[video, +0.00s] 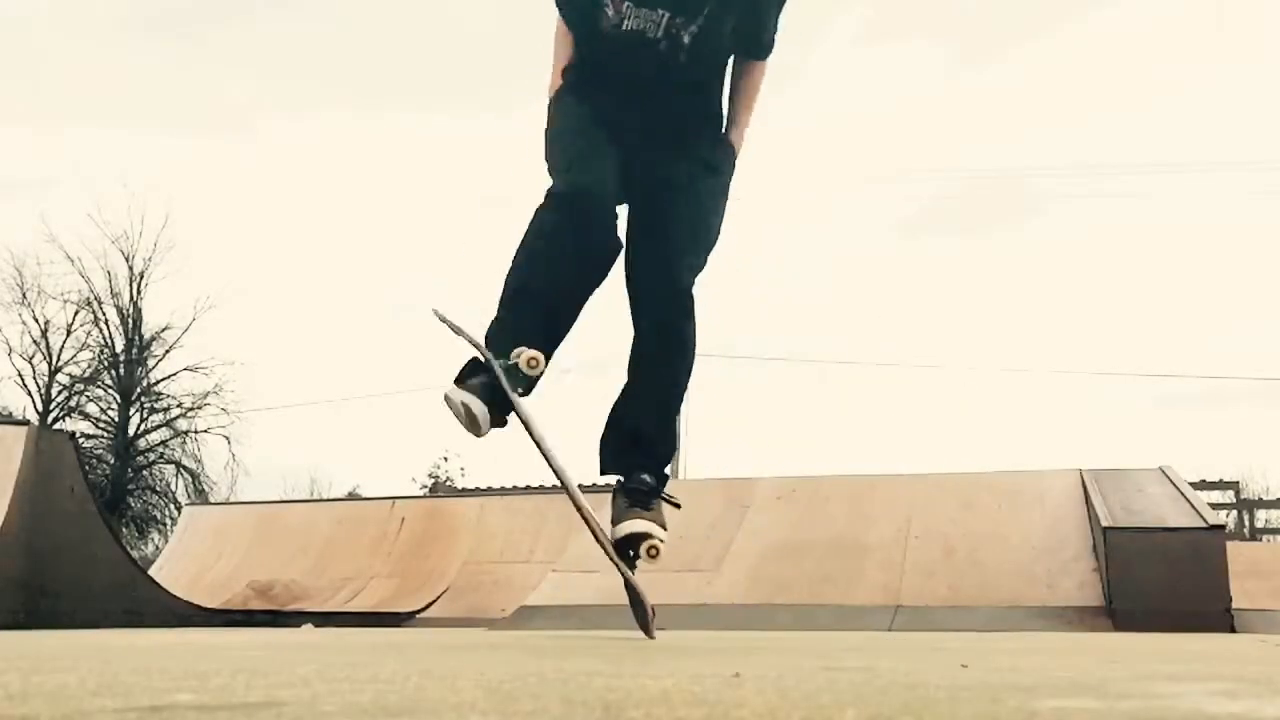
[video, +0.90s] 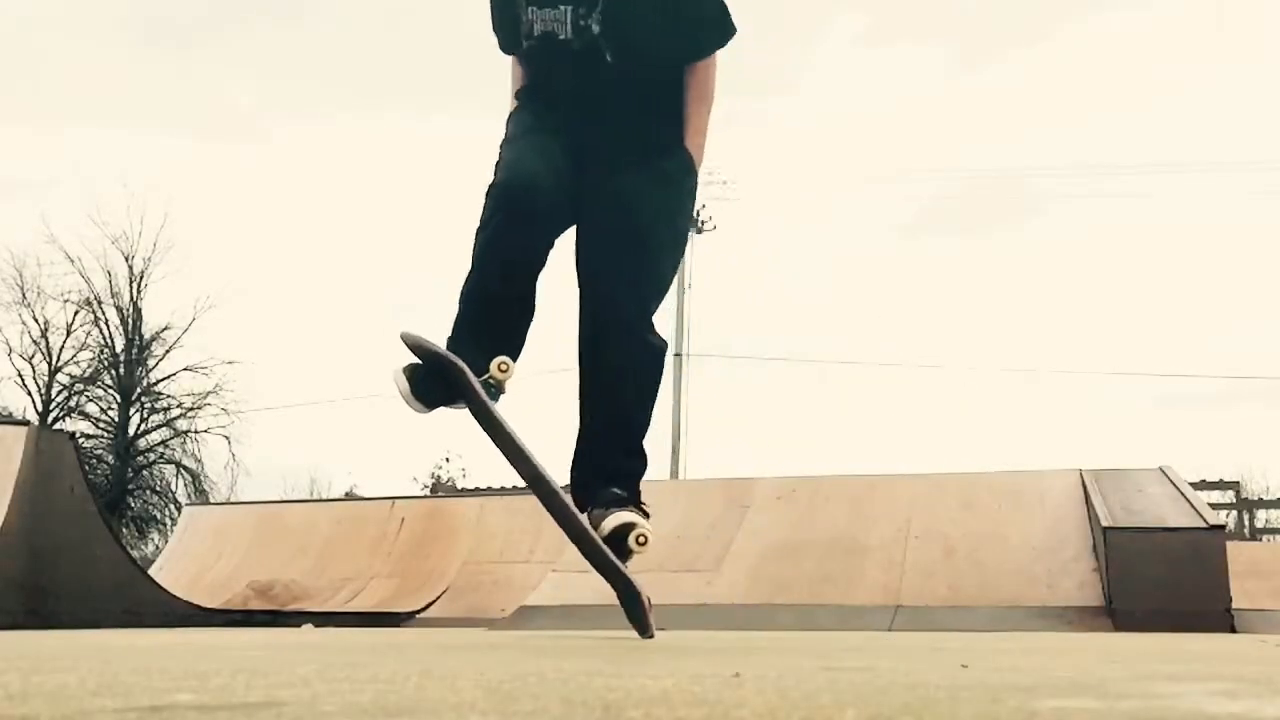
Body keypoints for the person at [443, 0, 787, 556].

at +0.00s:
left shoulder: (755, 6)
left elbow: (753, 49)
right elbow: (572, 16)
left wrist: (734, 137)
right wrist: (559, 90)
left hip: (688, 107)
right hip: (595, 89)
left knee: (666, 293)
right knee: (583, 208)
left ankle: (641, 481)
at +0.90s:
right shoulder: (515, 3)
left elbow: (701, 51)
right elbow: (522, 56)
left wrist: (689, 163)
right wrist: (518, 135)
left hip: (646, 124)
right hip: (551, 118)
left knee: (622, 320)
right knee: (519, 195)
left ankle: (610, 493)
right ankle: (477, 356)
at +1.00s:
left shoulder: (664, 8)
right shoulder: (495, 4)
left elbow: (673, 46)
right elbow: (499, 53)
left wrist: (663, 154)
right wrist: (489, 136)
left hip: (622, 128)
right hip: (523, 122)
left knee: (606, 318)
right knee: (480, 213)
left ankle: (599, 496)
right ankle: (459, 368)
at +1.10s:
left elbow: (637, 14)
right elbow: (464, 34)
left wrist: (625, 117)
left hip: (583, 100)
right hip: (481, 90)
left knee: (584, 290)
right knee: (429, 158)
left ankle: (589, 486)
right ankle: (454, 313)